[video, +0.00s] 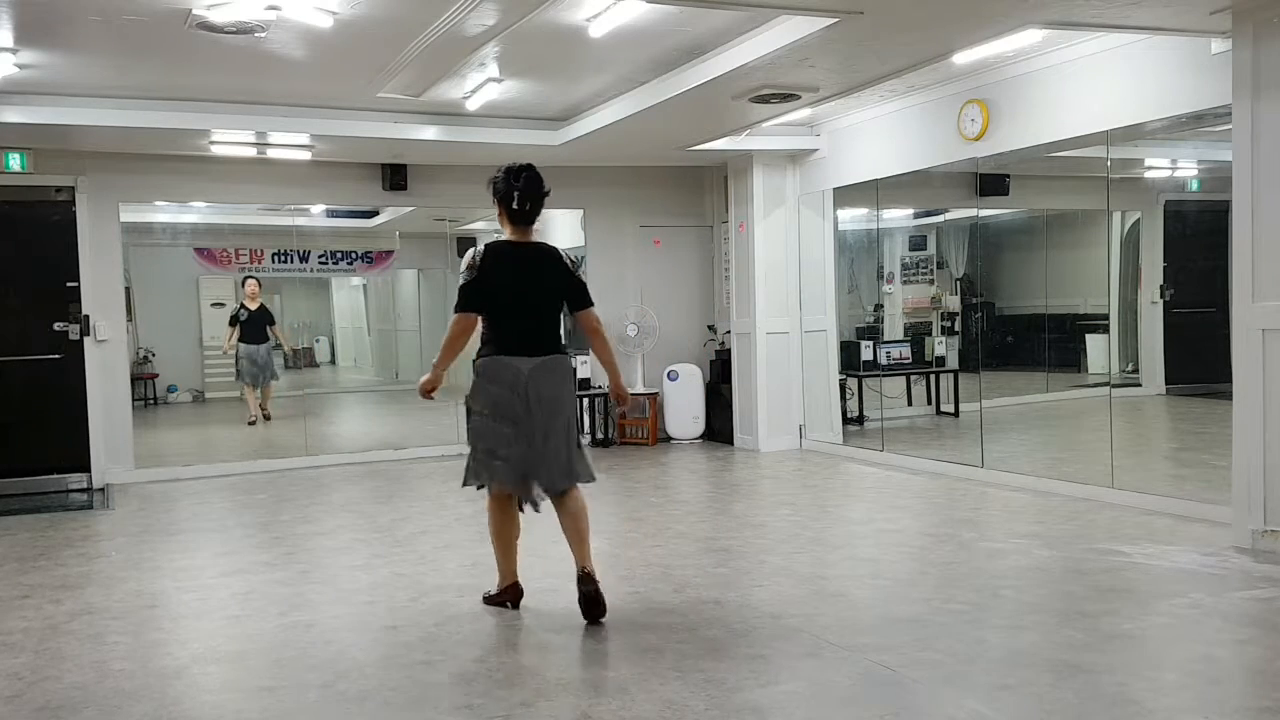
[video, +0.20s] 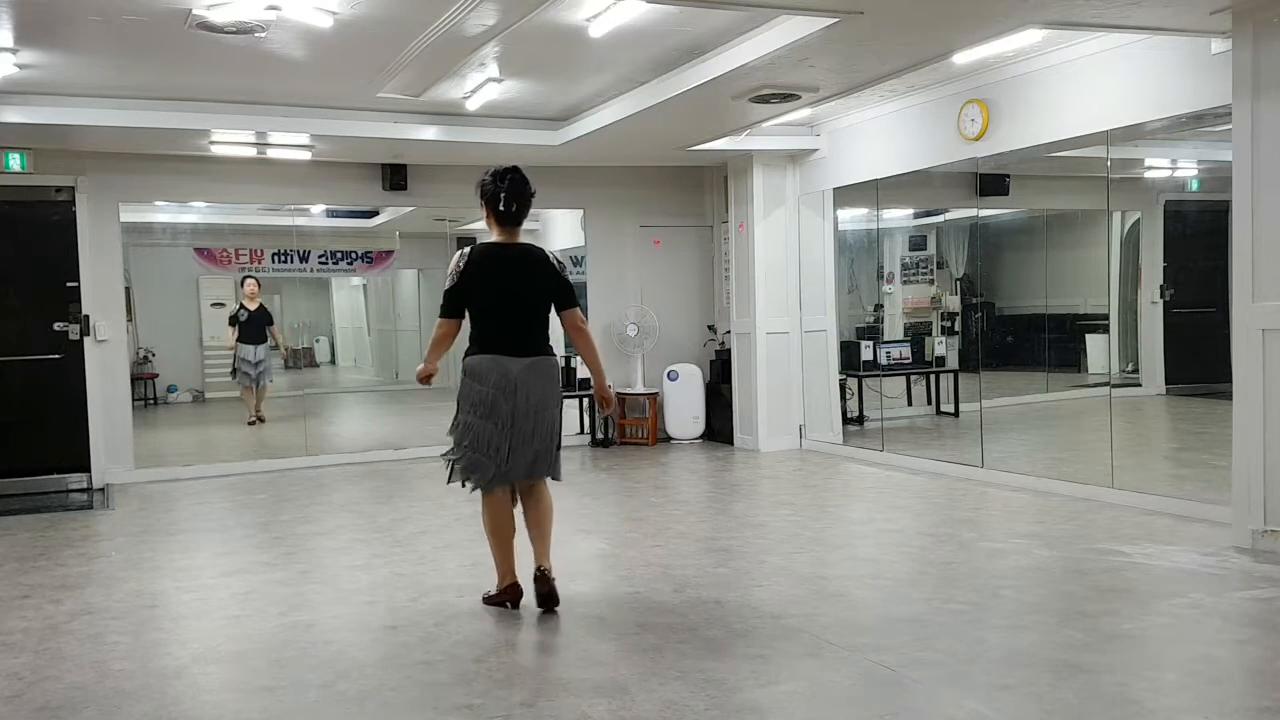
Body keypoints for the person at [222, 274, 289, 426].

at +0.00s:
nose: (252, 289)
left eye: (255, 286)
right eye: (249, 286)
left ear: (259, 289)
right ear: (244, 289)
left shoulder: (264, 309)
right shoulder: (239, 308)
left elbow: (274, 328)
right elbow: (232, 327)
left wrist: (285, 344)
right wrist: (226, 343)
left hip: (263, 348)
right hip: (245, 348)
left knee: (266, 381)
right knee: (248, 383)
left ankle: (264, 406)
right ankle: (253, 413)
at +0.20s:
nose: (252, 288)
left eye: (254, 286)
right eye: (248, 286)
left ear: (259, 289)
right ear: (243, 289)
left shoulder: (264, 309)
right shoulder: (238, 308)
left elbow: (272, 329)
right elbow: (232, 325)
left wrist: (281, 346)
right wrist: (231, 340)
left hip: (262, 348)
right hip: (244, 348)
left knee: (262, 382)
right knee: (246, 383)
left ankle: (258, 408)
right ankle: (252, 413)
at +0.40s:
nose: (253, 289)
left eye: (255, 286)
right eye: (249, 286)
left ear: (260, 289)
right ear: (244, 290)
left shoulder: (265, 308)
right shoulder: (239, 308)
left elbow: (273, 329)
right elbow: (235, 327)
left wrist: (281, 346)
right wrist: (239, 338)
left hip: (263, 347)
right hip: (246, 348)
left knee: (263, 382)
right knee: (247, 384)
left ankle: (264, 413)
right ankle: (252, 414)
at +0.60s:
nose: (258, 289)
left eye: (260, 286)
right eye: (254, 286)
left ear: (264, 289)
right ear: (248, 289)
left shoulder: (269, 308)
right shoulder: (243, 308)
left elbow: (278, 329)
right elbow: (236, 327)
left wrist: (287, 346)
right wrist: (236, 341)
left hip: (269, 348)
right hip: (249, 349)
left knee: (277, 380)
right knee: (250, 384)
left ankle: (283, 412)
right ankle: (253, 414)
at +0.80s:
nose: (267, 288)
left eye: (269, 285)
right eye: (263, 285)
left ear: (273, 288)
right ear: (257, 289)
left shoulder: (278, 307)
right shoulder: (252, 307)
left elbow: (287, 328)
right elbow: (243, 326)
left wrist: (296, 344)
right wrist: (232, 339)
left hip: (279, 348)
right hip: (259, 349)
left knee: (290, 380)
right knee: (256, 383)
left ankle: (301, 411)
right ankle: (253, 414)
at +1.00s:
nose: (278, 287)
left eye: (281, 284)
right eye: (275, 285)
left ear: (285, 287)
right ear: (269, 289)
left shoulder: (294, 307)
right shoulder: (266, 309)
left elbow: (305, 324)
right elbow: (255, 327)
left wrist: (315, 337)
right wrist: (244, 331)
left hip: (294, 347)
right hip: (274, 348)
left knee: (300, 379)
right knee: (268, 380)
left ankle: (303, 412)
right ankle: (260, 412)